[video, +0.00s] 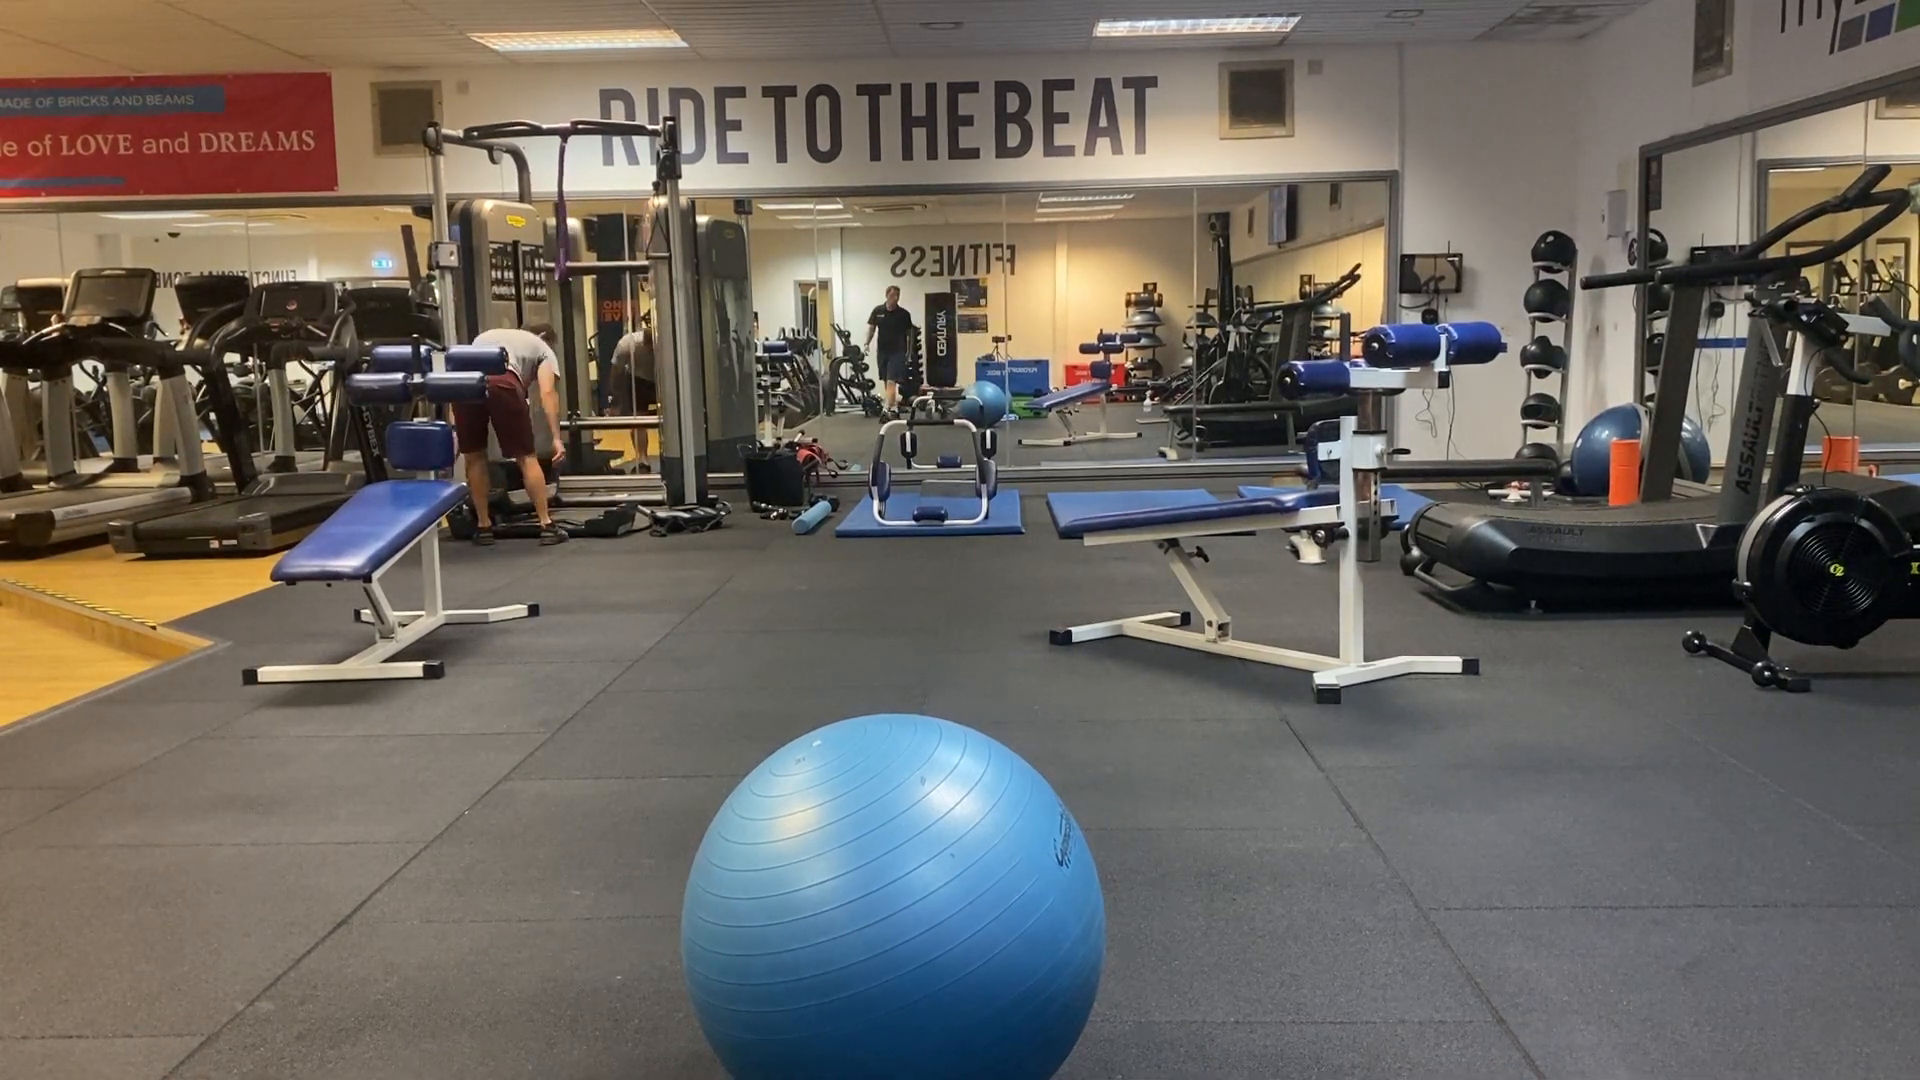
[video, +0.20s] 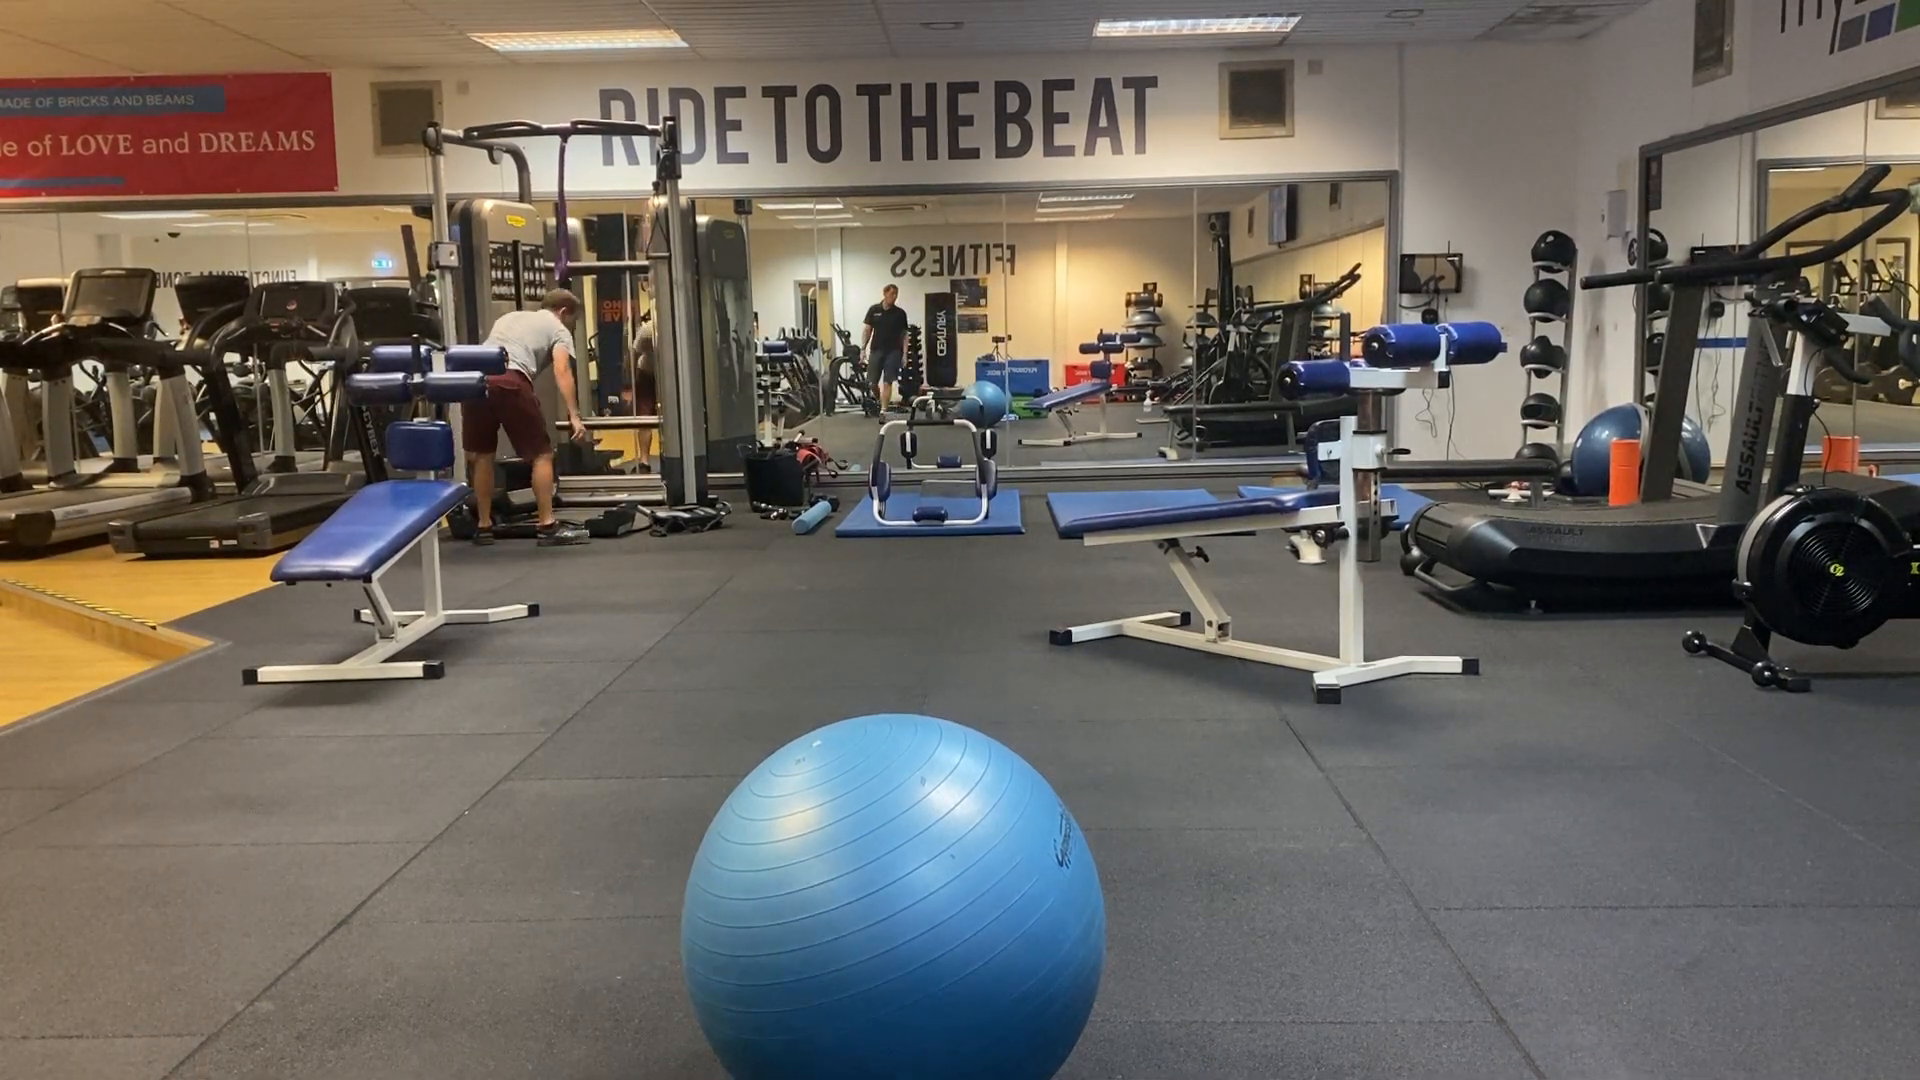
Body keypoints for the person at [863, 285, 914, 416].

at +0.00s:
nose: (893, 298)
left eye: (895, 295)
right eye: (891, 295)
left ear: (898, 297)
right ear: (886, 295)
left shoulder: (904, 314)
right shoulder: (878, 311)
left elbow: (909, 334)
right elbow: (871, 328)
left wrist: (909, 352)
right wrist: (867, 343)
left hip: (898, 352)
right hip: (883, 351)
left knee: (891, 381)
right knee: (886, 382)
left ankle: (887, 409)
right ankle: (894, 409)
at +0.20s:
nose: (894, 297)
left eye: (895, 294)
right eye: (892, 294)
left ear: (897, 296)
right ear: (885, 294)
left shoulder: (901, 313)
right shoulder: (874, 310)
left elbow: (905, 335)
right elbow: (867, 330)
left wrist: (905, 354)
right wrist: (863, 348)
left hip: (894, 351)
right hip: (877, 350)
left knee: (888, 382)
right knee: (872, 381)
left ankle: (883, 410)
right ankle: (879, 402)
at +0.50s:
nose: (895, 297)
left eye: (896, 295)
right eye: (892, 294)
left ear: (895, 296)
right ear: (884, 294)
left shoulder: (898, 313)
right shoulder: (872, 310)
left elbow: (902, 334)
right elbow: (863, 330)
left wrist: (905, 351)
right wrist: (859, 349)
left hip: (891, 352)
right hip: (874, 351)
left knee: (887, 383)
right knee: (874, 382)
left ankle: (883, 411)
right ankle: (873, 413)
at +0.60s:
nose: (896, 298)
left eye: (897, 296)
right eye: (894, 295)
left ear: (896, 297)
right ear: (885, 294)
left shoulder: (897, 314)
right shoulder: (872, 310)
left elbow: (901, 335)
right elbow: (864, 330)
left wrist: (905, 354)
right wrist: (860, 350)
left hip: (891, 352)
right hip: (874, 351)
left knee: (891, 387)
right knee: (876, 382)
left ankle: (883, 409)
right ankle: (874, 414)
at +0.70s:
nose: (899, 297)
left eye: (900, 295)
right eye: (897, 294)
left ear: (900, 296)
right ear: (888, 293)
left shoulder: (899, 313)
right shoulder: (875, 309)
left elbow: (901, 335)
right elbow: (866, 328)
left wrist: (904, 355)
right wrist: (864, 349)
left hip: (892, 352)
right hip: (876, 351)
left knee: (898, 385)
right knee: (876, 383)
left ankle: (883, 404)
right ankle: (874, 414)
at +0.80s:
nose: (906, 298)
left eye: (907, 296)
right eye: (904, 295)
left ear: (904, 296)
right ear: (895, 293)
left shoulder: (902, 313)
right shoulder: (880, 307)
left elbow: (903, 336)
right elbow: (870, 324)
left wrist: (908, 355)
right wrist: (871, 343)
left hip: (895, 350)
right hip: (878, 349)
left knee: (904, 380)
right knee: (876, 384)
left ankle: (892, 409)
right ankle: (875, 414)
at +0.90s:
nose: (914, 302)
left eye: (915, 299)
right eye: (912, 298)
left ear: (911, 299)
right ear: (903, 296)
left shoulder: (907, 316)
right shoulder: (886, 308)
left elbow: (908, 337)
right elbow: (875, 323)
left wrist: (914, 355)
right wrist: (879, 341)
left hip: (898, 351)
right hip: (880, 350)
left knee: (903, 381)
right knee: (876, 384)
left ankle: (906, 414)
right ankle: (875, 414)